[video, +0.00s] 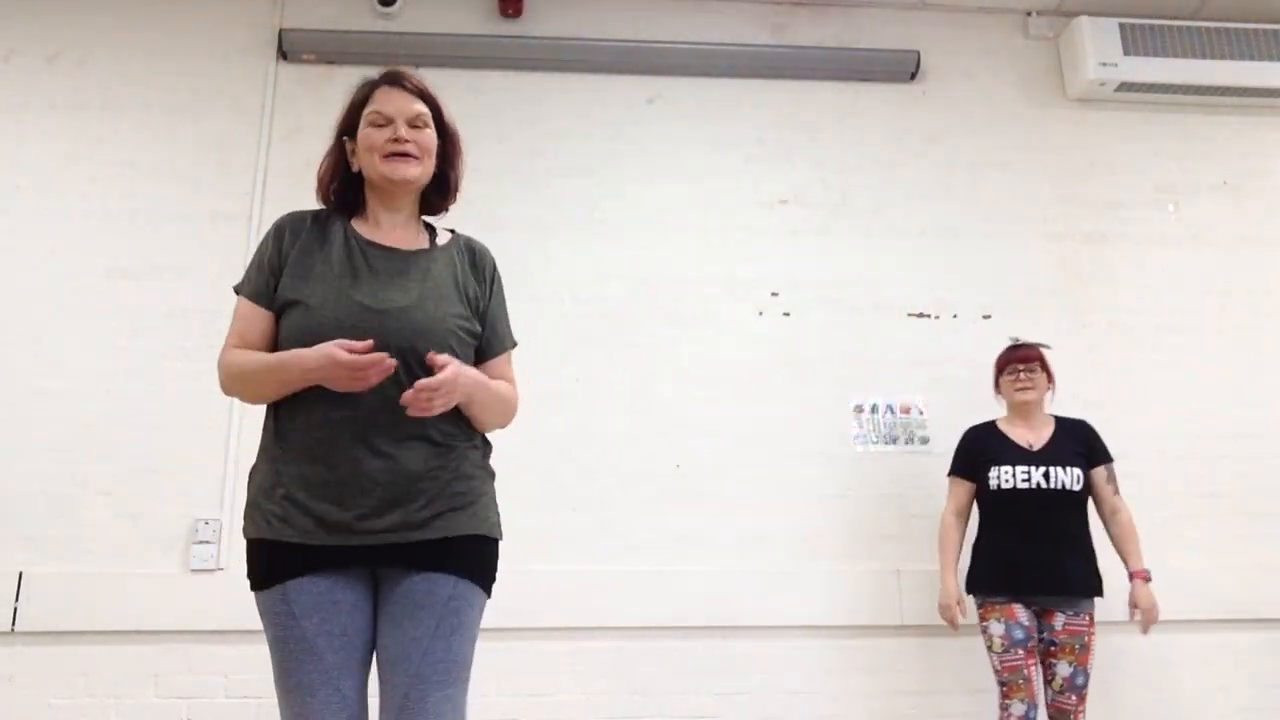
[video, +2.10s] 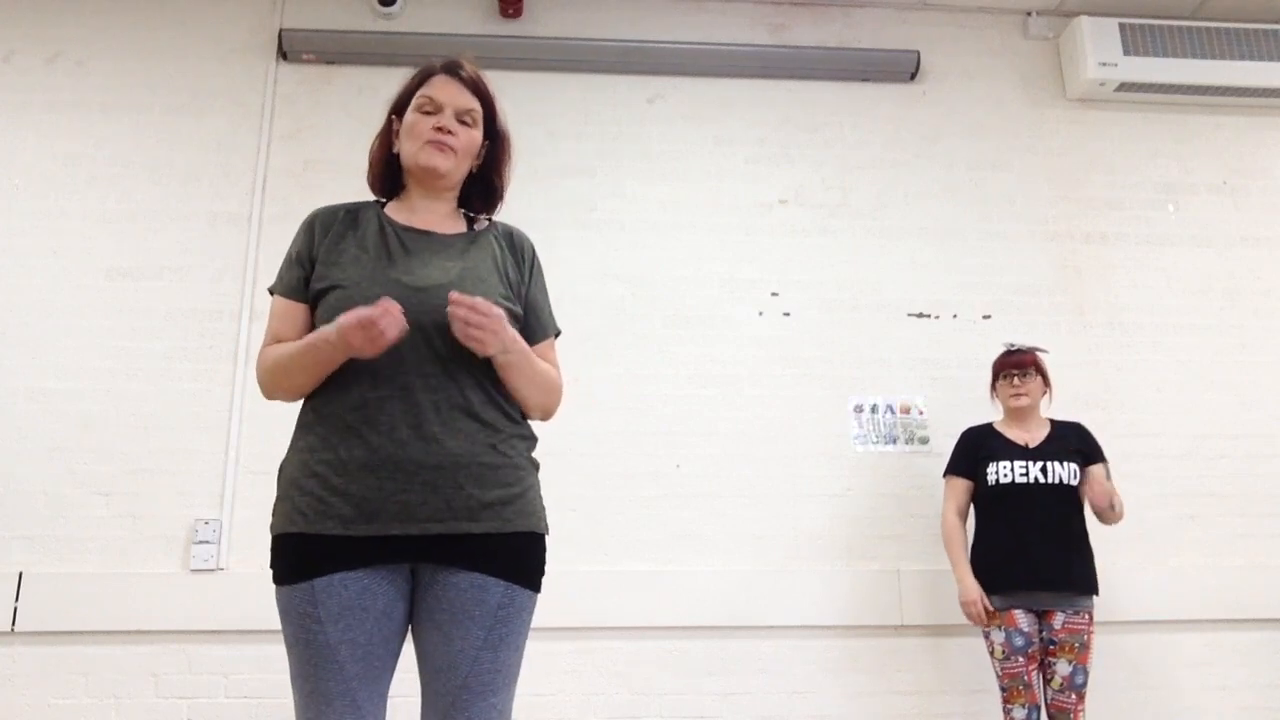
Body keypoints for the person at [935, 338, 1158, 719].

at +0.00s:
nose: (1022, 377)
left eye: (1032, 370)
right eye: (1012, 372)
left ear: (1049, 381)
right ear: (998, 387)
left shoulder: (1079, 435)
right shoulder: (979, 440)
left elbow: (1114, 511)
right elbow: (955, 516)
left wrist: (1139, 577)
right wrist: (948, 582)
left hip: (1071, 595)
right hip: (1003, 595)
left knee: (1068, 708)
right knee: (1020, 707)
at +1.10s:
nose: (1024, 382)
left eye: (1034, 376)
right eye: (1014, 376)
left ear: (1050, 387)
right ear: (1000, 388)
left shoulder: (1077, 439)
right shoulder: (979, 442)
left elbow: (1102, 510)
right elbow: (958, 518)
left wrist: (1113, 561)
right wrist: (970, 584)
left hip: (1074, 598)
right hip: (1008, 599)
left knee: (1070, 709)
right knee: (1023, 709)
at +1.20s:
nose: (1023, 383)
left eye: (1032, 376)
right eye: (1013, 377)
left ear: (1048, 387)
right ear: (998, 388)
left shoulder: (1076, 438)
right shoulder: (978, 443)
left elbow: (1102, 501)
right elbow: (957, 517)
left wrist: (1110, 523)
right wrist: (975, 584)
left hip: (1073, 596)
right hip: (1007, 598)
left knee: (1069, 708)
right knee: (1022, 709)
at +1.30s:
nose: (1022, 384)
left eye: (1031, 377)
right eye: (1012, 378)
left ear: (1047, 387)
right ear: (998, 389)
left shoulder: (1074, 438)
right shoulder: (978, 442)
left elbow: (1113, 513)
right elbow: (956, 518)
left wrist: (1098, 481)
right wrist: (976, 581)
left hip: (1072, 596)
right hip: (1006, 598)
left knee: (1069, 709)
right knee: (1022, 710)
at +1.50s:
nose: (1023, 386)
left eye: (1034, 378)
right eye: (1013, 379)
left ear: (1049, 387)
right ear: (999, 389)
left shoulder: (1072, 439)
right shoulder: (978, 441)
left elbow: (1113, 489)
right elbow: (954, 517)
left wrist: (1069, 430)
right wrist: (973, 583)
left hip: (1072, 596)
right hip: (1006, 598)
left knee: (1069, 709)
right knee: (1022, 709)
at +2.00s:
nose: (1019, 384)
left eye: (1028, 376)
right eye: (1009, 378)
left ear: (1046, 387)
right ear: (997, 390)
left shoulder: (1074, 438)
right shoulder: (977, 441)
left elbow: (1113, 510)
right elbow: (953, 515)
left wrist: (1089, 456)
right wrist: (961, 583)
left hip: (1070, 596)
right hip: (1004, 598)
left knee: (1068, 709)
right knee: (1022, 709)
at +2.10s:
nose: (1016, 383)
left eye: (1026, 375)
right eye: (1007, 377)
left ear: (1044, 385)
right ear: (995, 388)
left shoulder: (1075, 436)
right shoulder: (976, 441)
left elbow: (1111, 516)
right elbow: (953, 517)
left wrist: (1106, 500)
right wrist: (965, 582)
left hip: (1071, 596)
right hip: (1004, 598)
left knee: (1067, 709)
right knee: (1021, 709)